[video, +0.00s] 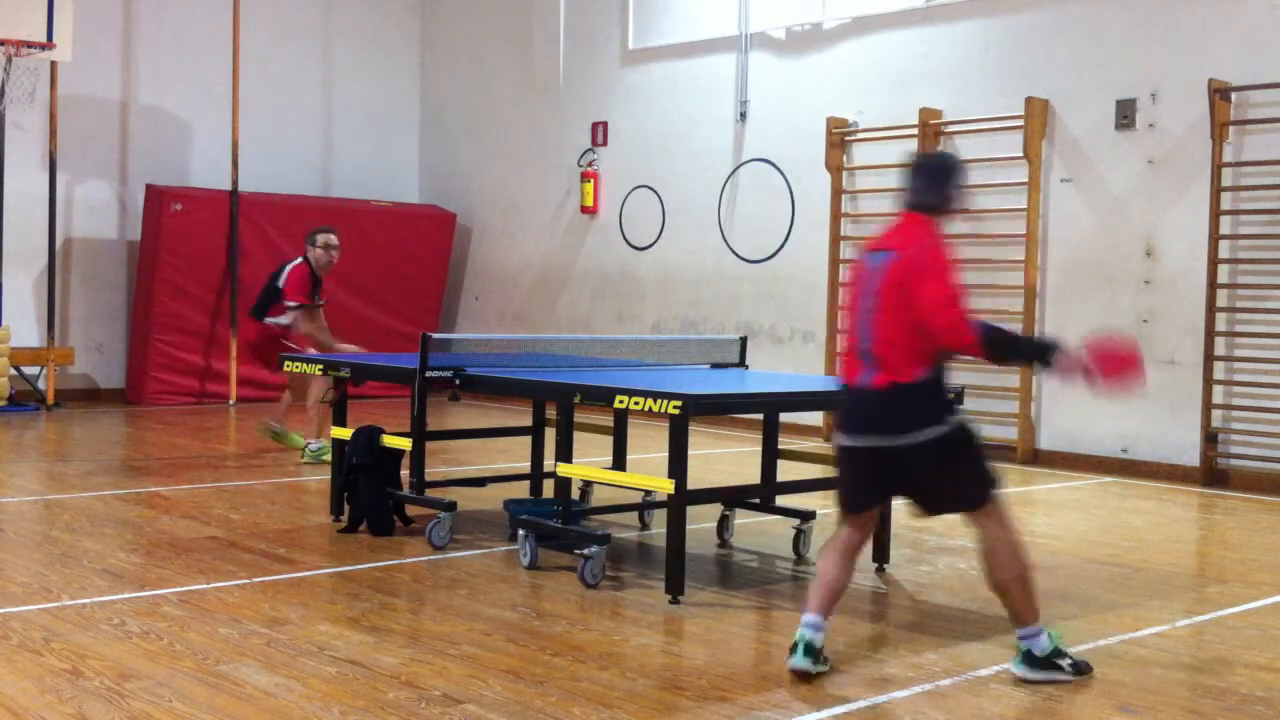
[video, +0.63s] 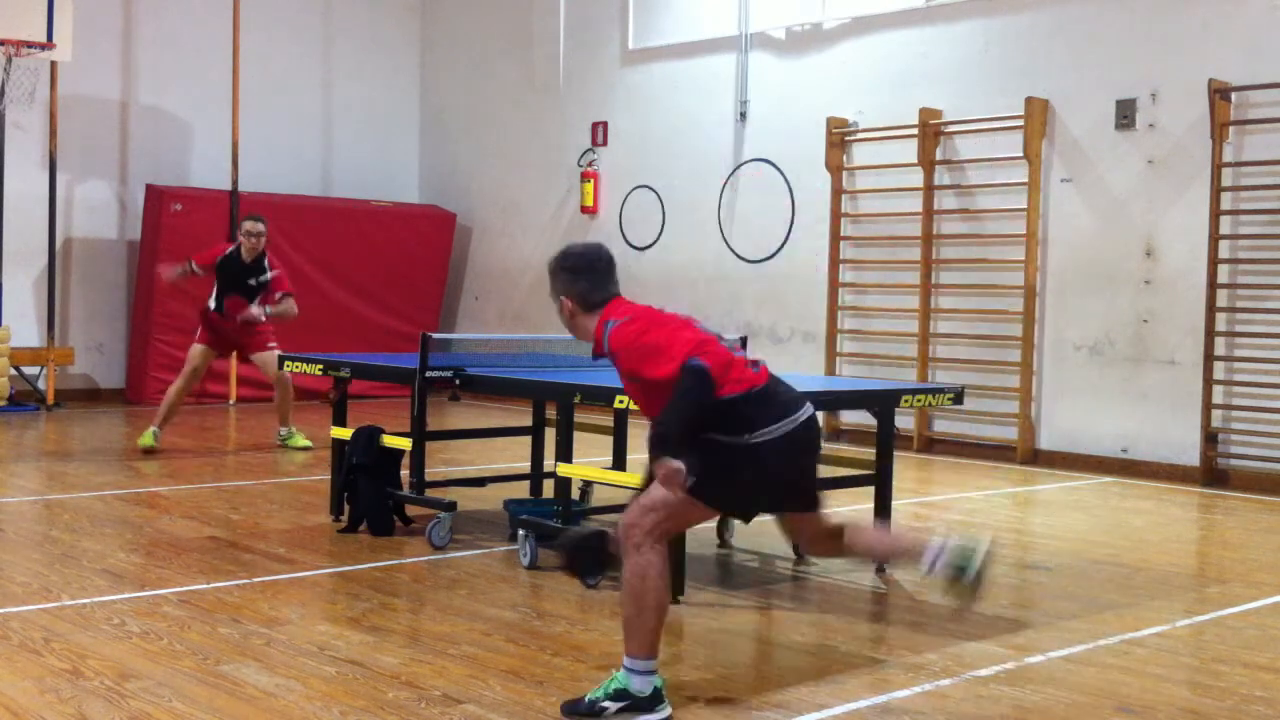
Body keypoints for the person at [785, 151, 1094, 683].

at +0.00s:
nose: (962, 199)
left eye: (958, 188)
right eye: (960, 189)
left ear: (912, 189)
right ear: (949, 194)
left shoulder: (876, 247)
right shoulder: (924, 246)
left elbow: (885, 332)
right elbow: (948, 329)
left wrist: (985, 337)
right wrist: (1036, 350)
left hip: (857, 412)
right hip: (916, 412)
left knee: (854, 524)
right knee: (991, 519)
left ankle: (807, 640)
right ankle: (1036, 645)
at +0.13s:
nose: (856, 175)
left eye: (844, 162)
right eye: (858, 167)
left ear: (817, 167)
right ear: (858, 171)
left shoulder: (778, 237)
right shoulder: (869, 231)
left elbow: (807, 315)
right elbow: (936, 295)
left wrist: (893, 317)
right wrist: (917, 314)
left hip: (826, 408)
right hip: (895, 397)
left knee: (826, 512)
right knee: (958, 496)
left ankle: (801, 642)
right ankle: (1005, 624)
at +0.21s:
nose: (814, 159)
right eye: (812, 151)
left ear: (762, 159)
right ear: (809, 154)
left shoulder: (738, 236)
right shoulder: (844, 199)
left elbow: (771, 293)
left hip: (818, 395)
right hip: (893, 377)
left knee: (796, 497)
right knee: (946, 475)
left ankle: (788, 625)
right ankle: (987, 586)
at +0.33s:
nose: (683, 169)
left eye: (683, 160)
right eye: (695, 155)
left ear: (688, 168)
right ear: (731, 153)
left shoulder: (710, 236)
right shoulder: (766, 190)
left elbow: (727, 339)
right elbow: (736, 258)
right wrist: (662, 258)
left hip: (805, 371)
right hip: (869, 348)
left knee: (741, 491)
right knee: (932, 458)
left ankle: (705, 618)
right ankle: (1029, 520)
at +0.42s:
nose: (632, 213)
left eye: (632, 202)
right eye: (634, 201)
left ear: (644, 203)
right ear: (686, 192)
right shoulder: (712, 231)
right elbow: (696, 309)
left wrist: (707, 372)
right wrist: (669, 317)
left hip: (775, 397)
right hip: (829, 370)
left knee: (698, 510)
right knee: (922, 451)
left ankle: (656, 666)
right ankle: (1053, 490)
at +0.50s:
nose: (594, 261)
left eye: (596, 249)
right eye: (597, 248)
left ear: (609, 254)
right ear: (642, 244)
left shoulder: (649, 303)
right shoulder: (670, 283)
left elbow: (680, 373)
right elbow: (668, 373)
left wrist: (644, 433)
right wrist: (642, 421)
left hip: (749, 433)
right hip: (801, 415)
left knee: (648, 527)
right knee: (886, 499)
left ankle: (639, 685)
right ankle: (1026, 476)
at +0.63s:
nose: (559, 312)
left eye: (558, 302)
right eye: (559, 301)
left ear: (569, 305)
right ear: (608, 286)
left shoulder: (623, 332)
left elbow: (694, 377)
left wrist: (666, 451)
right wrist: (623, 530)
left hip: (747, 440)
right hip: (795, 422)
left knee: (641, 528)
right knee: (814, 536)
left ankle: (639, 682)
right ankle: (942, 554)